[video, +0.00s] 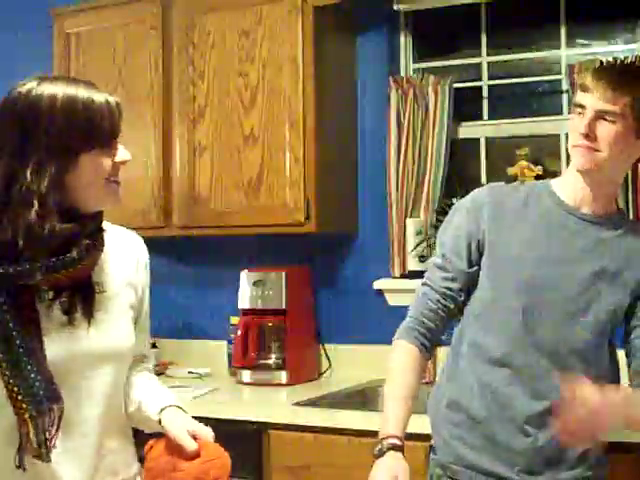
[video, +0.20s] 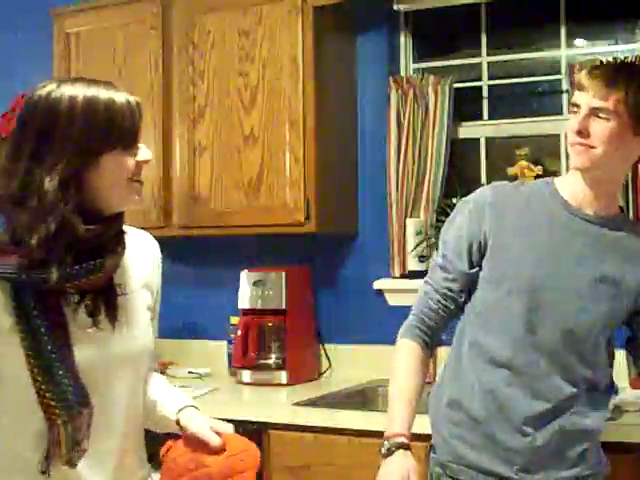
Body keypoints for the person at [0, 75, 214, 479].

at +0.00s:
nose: (123, 156)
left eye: (116, 143)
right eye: (104, 145)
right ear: (45, 160)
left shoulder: (127, 254)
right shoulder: (7, 260)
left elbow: (132, 372)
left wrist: (170, 414)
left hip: (114, 470)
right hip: (24, 471)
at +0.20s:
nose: (143, 157)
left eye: (136, 144)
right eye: (125, 146)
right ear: (69, 158)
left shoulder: (141, 254)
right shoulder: (13, 272)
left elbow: (134, 375)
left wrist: (185, 413)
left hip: (129, 471)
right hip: (39, 471)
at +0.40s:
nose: (195, 165)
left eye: (192, 149)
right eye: (176, 151)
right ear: (121, 157)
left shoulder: (185, 260)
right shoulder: (43, 284)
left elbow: (179, 387)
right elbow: (12, 442)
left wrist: (241, 415)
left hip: (180, 472)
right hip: (84, 470)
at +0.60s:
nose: (239, 162)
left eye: (238, 147)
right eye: (223, 147)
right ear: (169, 152)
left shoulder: (235, 249)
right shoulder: (101, 274)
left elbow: (235, 372)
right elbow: (74, 437)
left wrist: (322, 385)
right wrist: (127, 478)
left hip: (236, 469)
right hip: (150, 468)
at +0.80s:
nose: (275, 158)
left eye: (275, 142)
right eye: (259, 143)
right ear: (206, 150)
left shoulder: (272, 247)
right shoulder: (137, 270)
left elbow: (310, 367)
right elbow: (110, 428)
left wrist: (405, 349)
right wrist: (219, 477)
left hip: (265, 471)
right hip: (176, 476)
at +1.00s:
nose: (308, 159)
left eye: (307, 142)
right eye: (292, 141)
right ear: (236, 147)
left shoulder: (300, 251)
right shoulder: (171, 267)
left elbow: (359, 365)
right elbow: (135, 430)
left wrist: (466, 348)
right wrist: (234, 478)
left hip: (293, 468)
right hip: (215, 471)